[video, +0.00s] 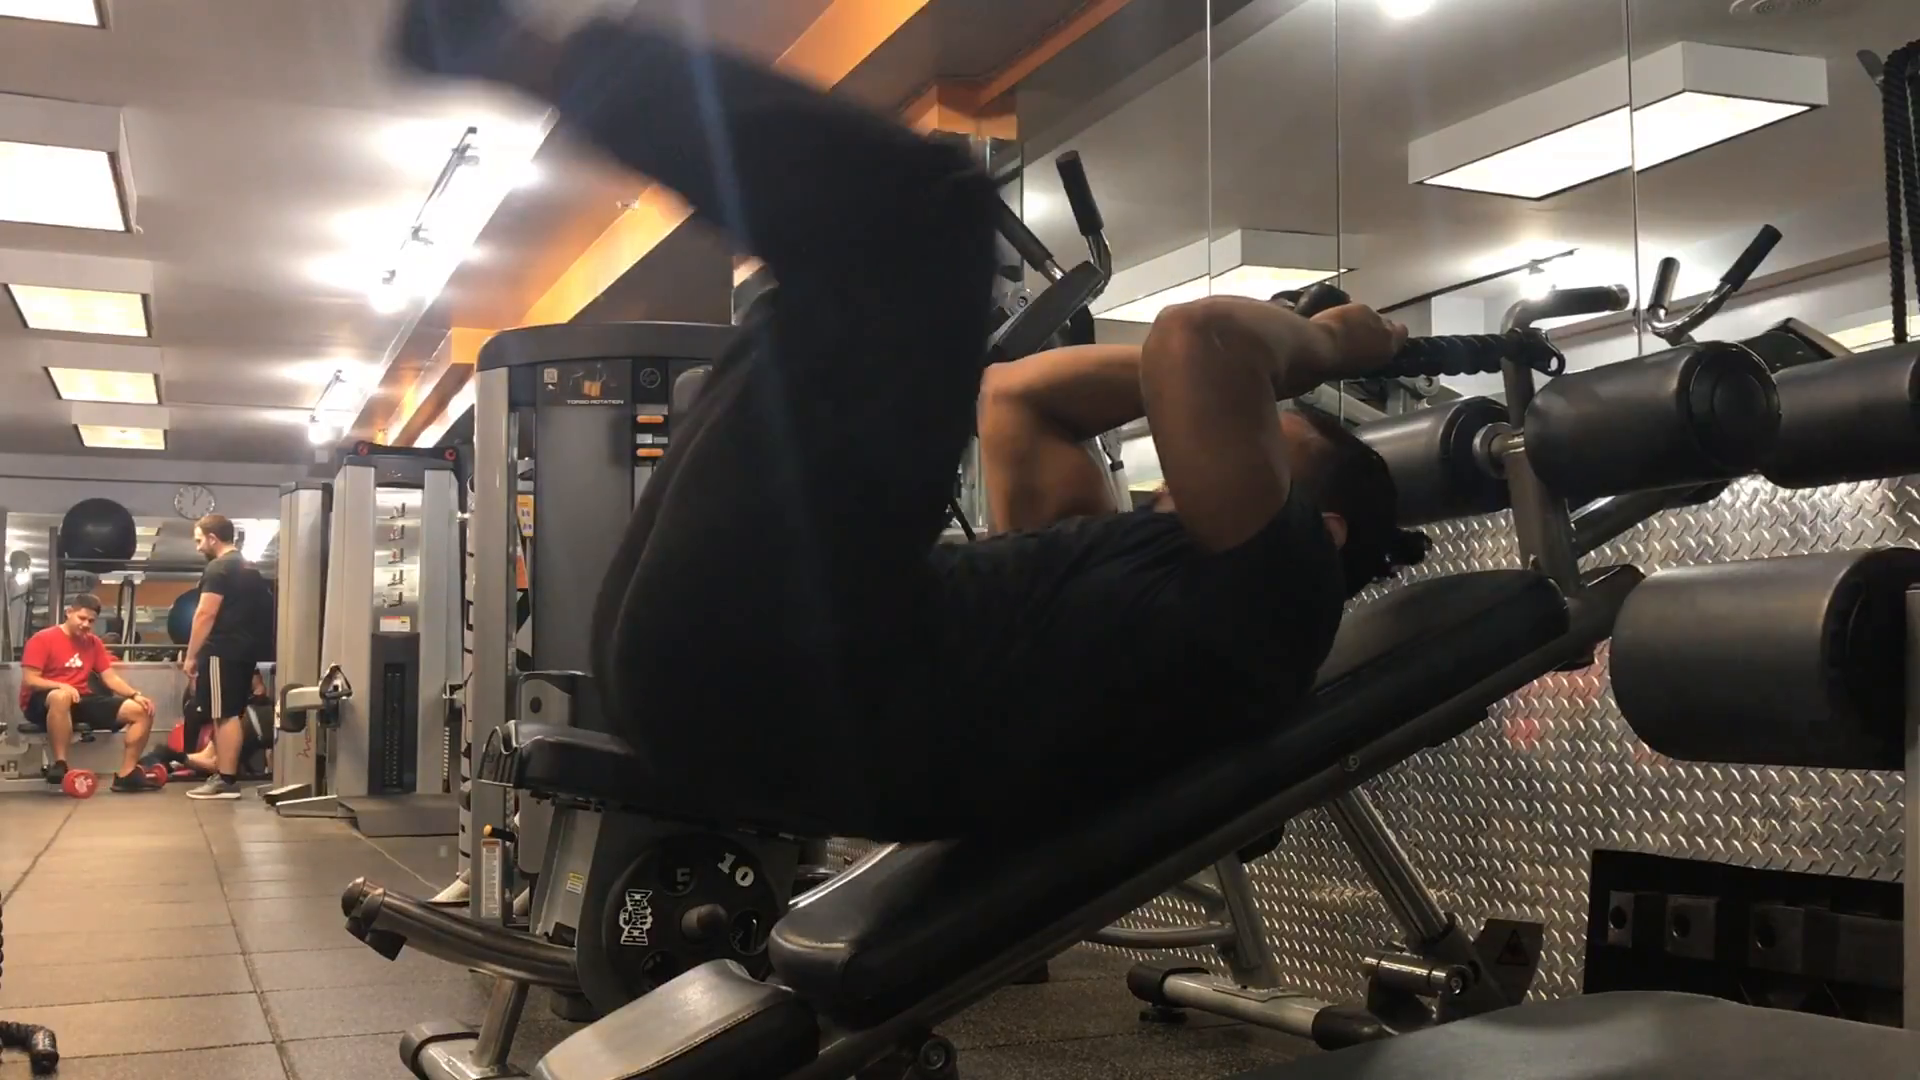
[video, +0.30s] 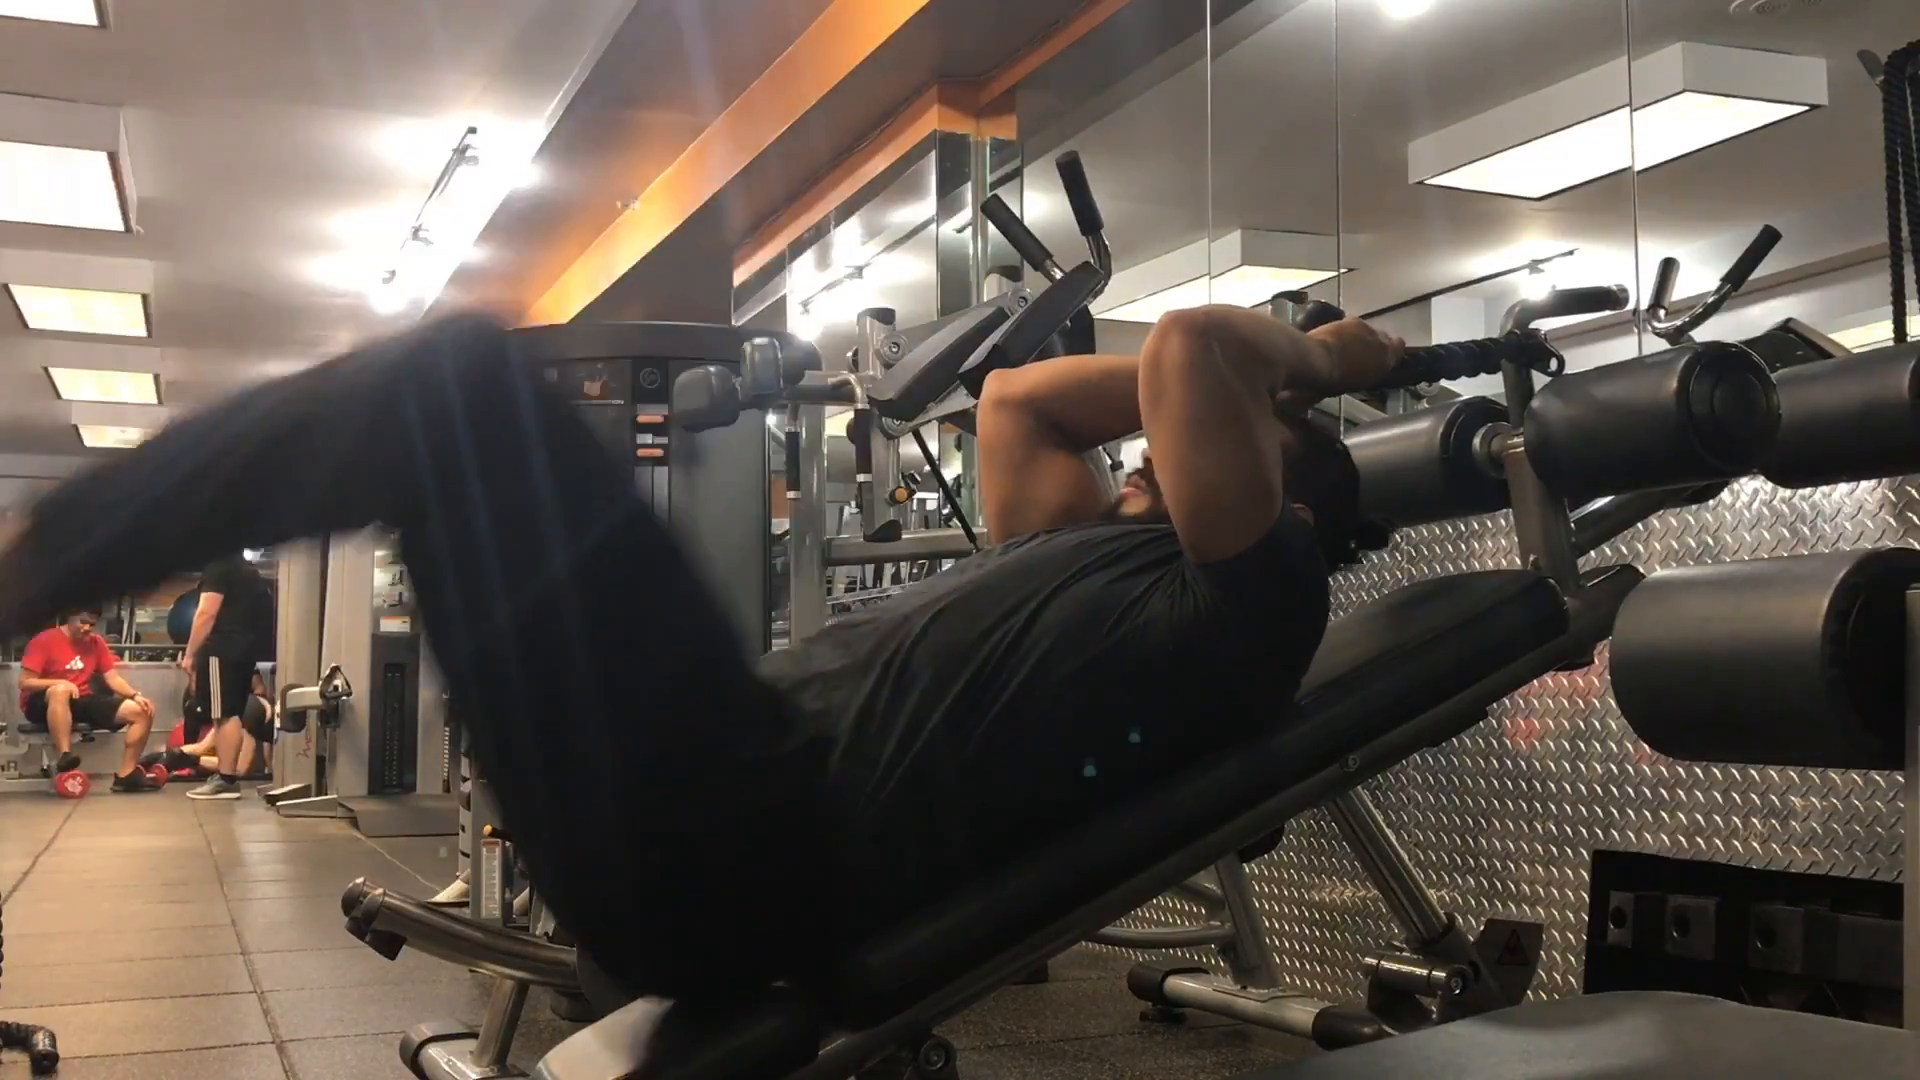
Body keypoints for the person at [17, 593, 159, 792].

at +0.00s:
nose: (85, 625)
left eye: (90, 621)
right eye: (82, 618)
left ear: (95, 621)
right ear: (68, 613)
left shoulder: (93, 643)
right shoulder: (43, 639)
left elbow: (110, 677)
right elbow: (30, 679)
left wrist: (135, 694)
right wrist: (62, 686)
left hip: (82, 702)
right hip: (42, 704)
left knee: (141, 711)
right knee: (60, 696)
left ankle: (127, 774)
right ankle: (60, 764)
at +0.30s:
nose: (87, 628)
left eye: (92, 624)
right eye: (83, 622)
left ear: (96, 624)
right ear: (69, 618)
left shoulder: (95, 642)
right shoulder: (44, 641)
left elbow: (113, 678)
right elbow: (25, 682)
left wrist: (135, 695)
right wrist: (62, 684)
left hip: (82, 702)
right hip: (42, 704)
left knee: (143, 712)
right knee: (61, 690)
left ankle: (126, 774)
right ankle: (64, 756)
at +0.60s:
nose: (88, 631)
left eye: (93, 626)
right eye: (83, 625)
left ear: (97, 625)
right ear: (71, 617)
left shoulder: (98, 642)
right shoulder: (45, 642)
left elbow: (113, 677)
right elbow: (28, 684)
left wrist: (136, 695)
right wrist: (65, 686)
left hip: (84, 702)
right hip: (43, 705)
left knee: (142, 712)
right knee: (63, 692)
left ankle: (126, 769)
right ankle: (65, 761)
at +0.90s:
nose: (87, 631)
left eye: (92, 627)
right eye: (83, 625)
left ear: (97, 626)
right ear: (70, 617)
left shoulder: (99, 642)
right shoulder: (43, 644)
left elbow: (110, 676)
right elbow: (28, 686)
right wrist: (58, 687)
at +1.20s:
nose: (87, 630)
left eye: (91, 625)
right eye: (82, 624)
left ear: (96, 623)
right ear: (68, 618)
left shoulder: (96, 641)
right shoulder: (44, 644)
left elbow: (111, 675)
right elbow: (29, 688)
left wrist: (134, 695)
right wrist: (65, 685)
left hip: (84, 703)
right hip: (44, 706)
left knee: (141, 713)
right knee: (67, 693)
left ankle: (126, 776)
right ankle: (71, 762)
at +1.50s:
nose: (85, 625)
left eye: (89, 620)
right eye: (79, 619)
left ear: (93, 620)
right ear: (66, 618)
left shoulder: (95, 641)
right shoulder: (44, 644)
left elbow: (111, 675)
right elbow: (29, 687)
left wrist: (135, 695)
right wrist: (67, 685)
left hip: (83, 702)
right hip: (44, 706)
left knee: (142, 712)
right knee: (70, 693)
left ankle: (126, 775)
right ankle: (71, 765)